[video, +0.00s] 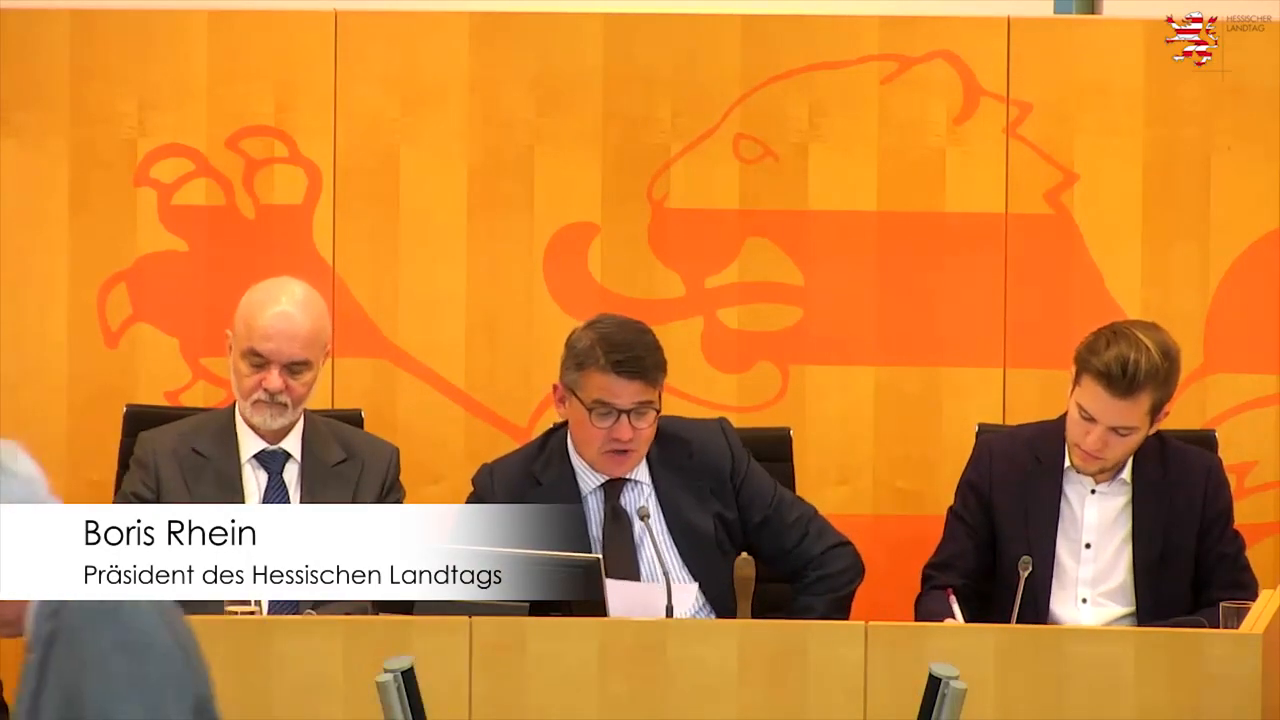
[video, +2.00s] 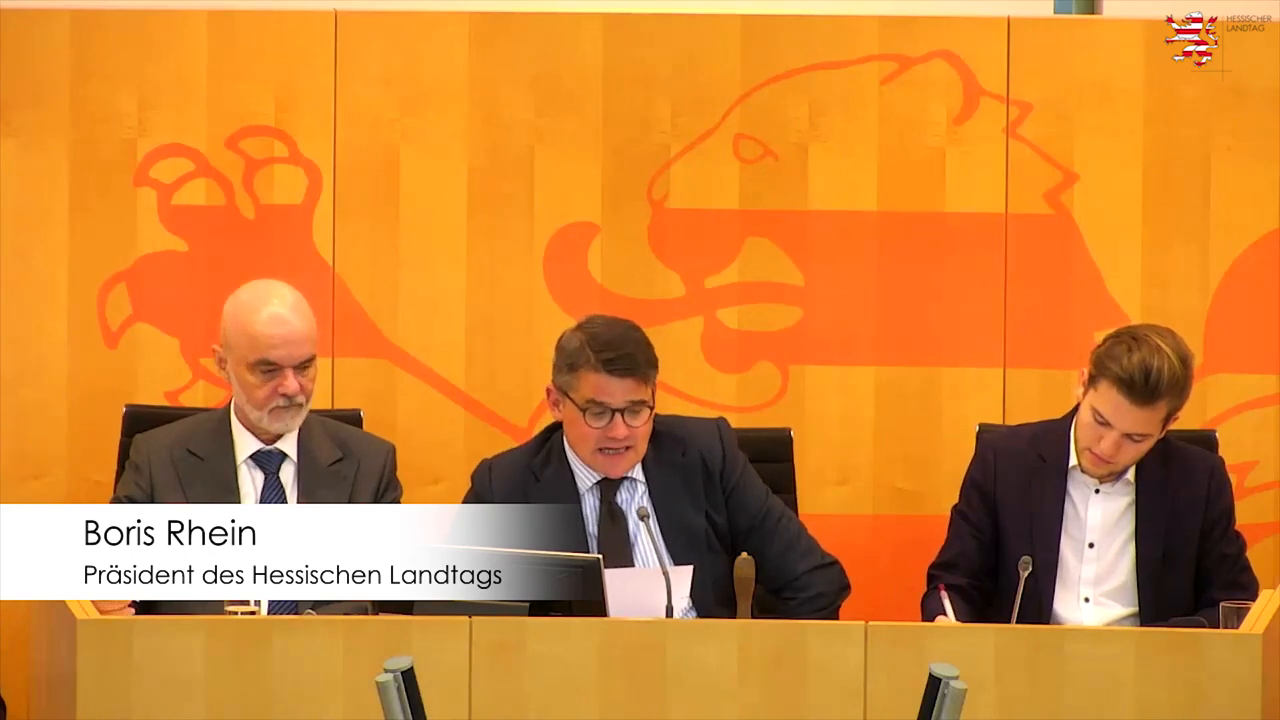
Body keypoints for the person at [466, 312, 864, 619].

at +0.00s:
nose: (624, 433)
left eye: (642, 412)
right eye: (603, 413)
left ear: (659, 397)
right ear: (562, 400)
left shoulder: (713, 454)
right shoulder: (505, 488)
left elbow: (833, 565)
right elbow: (472, 627)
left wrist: (788, 672)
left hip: (713, 673)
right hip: (574, 683)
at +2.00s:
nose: (619, 431)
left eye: (635, 410)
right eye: (597, 412)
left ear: (654, 397)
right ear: (556, 403)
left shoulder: (708, 454)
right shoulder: (503, 485)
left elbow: (815, 582)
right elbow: (464, 620)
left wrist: (760, 677)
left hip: (704, 676)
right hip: (565, 684)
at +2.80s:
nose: (617, 439)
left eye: (631, 417)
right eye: (593, 423)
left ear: (646, 397)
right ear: (550, 414)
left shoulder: (706, 454)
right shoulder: (500, 488)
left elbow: (814, 583)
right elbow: (467, 624)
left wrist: (761, 675)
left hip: (704, 675)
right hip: (565, 685)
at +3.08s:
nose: (615, 437)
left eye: (629, 414)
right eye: (592, 419)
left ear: (646, 396)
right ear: (550, 411)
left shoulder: (706, 453)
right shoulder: (501, 488)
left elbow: (812, 582)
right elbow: (467, 623)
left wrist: (759, 676)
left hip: (704, 674)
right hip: (565, 684)